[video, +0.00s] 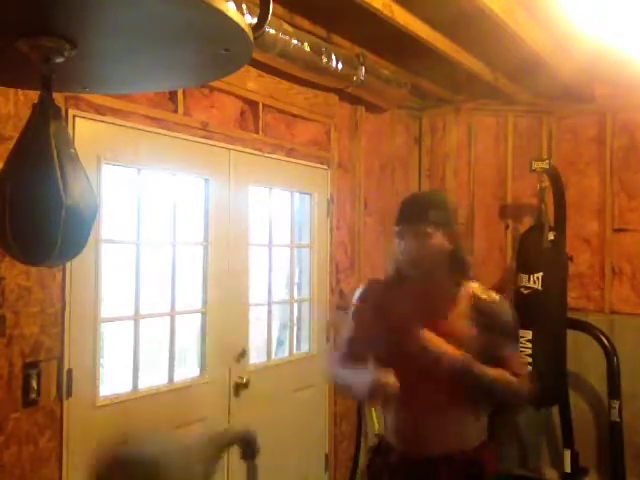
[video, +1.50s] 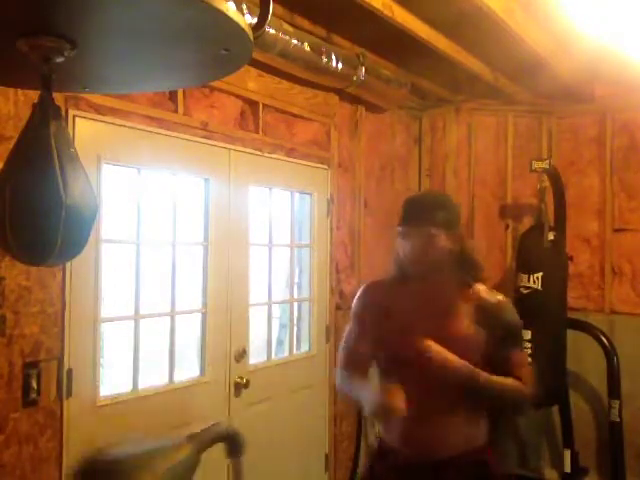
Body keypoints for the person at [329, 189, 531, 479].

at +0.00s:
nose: (410, 247)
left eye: (423, 235)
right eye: (402, 236)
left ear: (449, 239)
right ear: (395, 241)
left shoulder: (486, 306)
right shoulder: (375, 297)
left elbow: (519, 387)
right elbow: (345, 366)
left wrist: (454, 360)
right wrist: (371, 380)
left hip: (463, 460)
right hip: (397, 459)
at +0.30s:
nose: (392, 250)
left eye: (405, 238)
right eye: (389, 239)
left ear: (432, 242)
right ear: (385, 244)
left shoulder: (458, 288)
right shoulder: (395, 307)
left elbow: (436, 348)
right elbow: (411, 385)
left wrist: (357, 346)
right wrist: (376, 392)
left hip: (470, 460)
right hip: (420, 456)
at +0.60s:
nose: (423, 243)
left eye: (437, 233)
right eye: (415, 233)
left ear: (461, 239)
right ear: (407, 238)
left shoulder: (492, 304)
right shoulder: (387, 290)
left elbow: (531, 380)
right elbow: (338, 333)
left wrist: (497, 397)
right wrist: (337, 312)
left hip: (468, 459)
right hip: (401, 458)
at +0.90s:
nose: (394, 245)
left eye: (407, 233)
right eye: (389, 234)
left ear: (436, 235)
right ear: (384, 238)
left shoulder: (464, 291)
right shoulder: (382, 299)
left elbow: (410, 331)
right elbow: (376, 365)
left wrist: (318, 331)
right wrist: (366, 401)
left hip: (460, 459)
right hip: (400, 454)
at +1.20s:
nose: (402, 250)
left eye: (416, 237)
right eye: (398, 238)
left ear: (443, 240)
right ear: (392, 241)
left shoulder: (483, 299)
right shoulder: (387, 304)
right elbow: (376, 378)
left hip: (472, 463)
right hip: (407, 460)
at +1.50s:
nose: (417, 248)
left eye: (429, 237)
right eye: (407, 236)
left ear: (453, 240)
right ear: (398, 240)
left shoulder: (490, 306)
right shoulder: (375, 298)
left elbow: (524, 391)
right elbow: (347, 373)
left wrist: (458, 369)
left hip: (465, 462)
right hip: (396, 463)